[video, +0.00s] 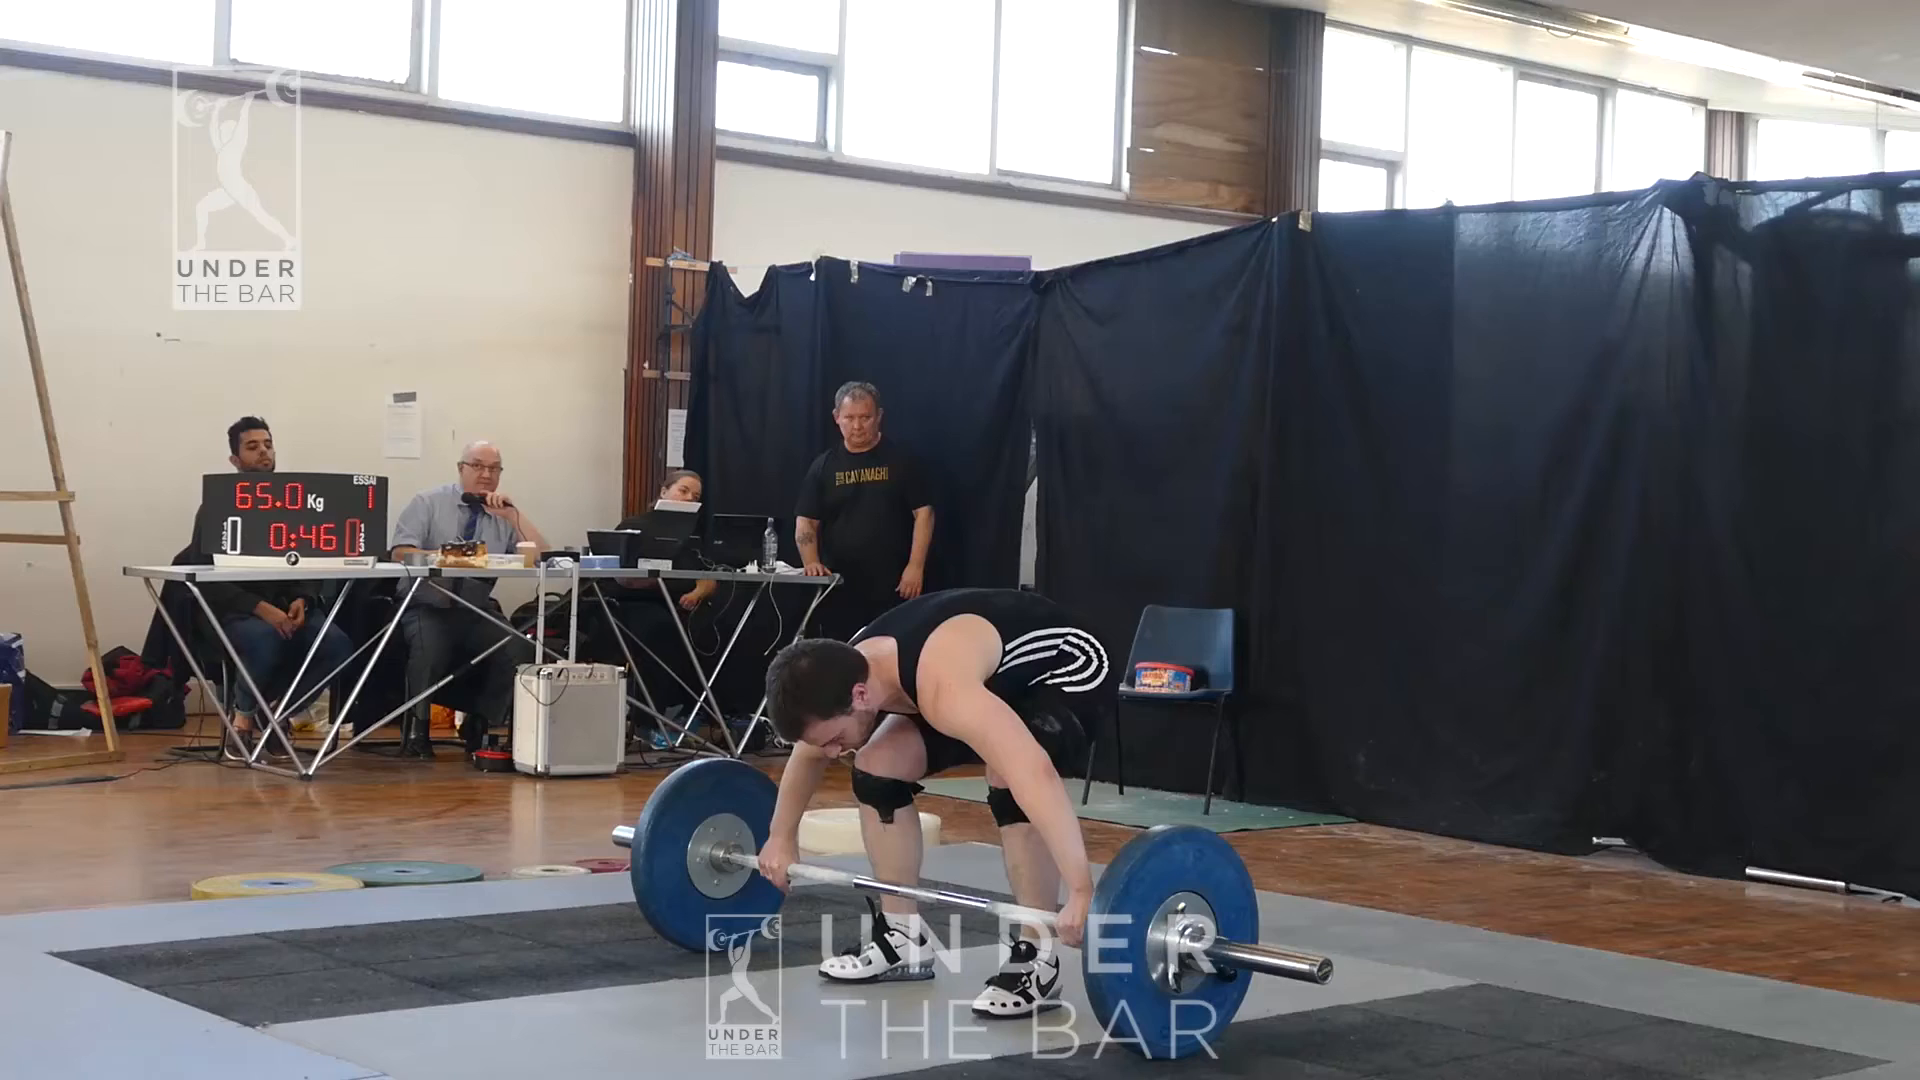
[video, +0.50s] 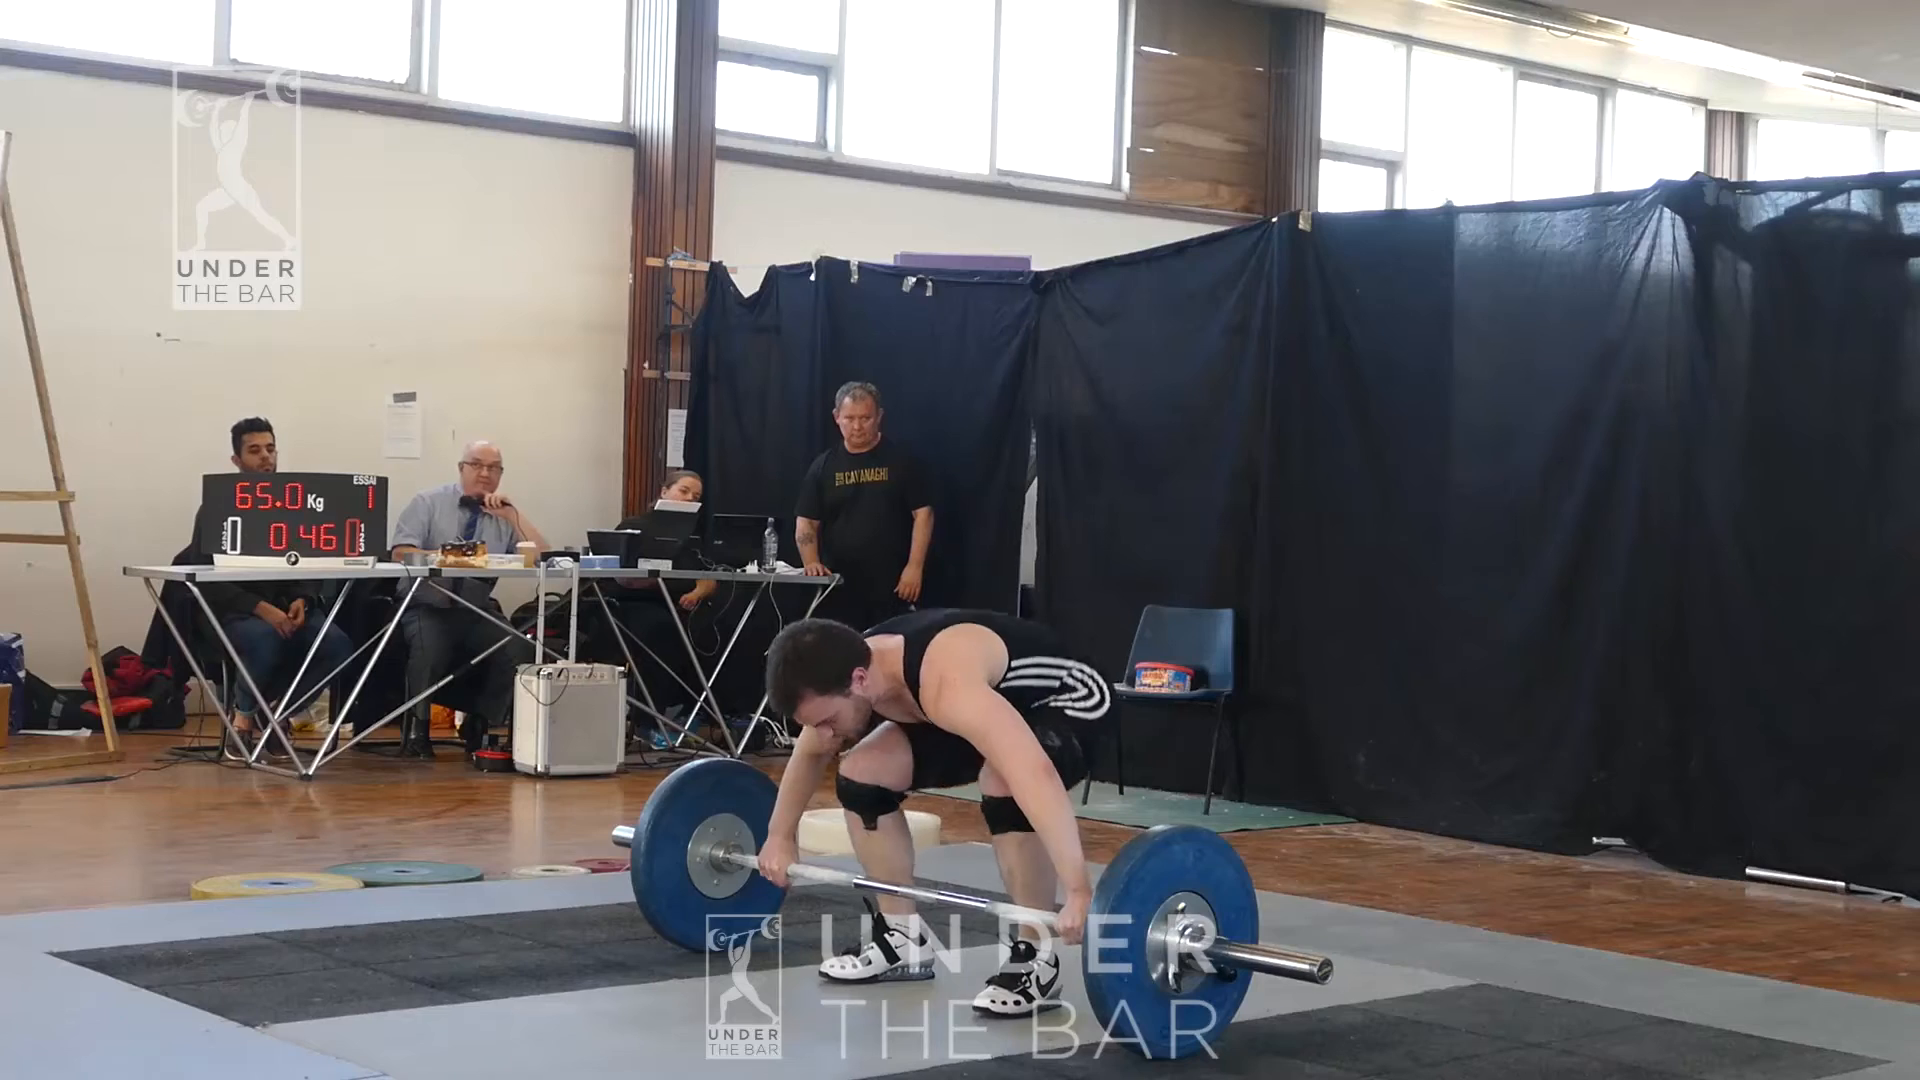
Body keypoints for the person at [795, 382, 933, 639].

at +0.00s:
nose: (857, 426)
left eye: (864, 418)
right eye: (849, 418)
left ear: (879, 417)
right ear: (837, 418)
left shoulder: (901, 460)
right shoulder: (823, 467)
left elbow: (924, 513)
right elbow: (806, 522)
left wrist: (915, 567)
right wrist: (811, 562)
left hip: (891, 583)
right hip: (839, 583)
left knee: (888, 666)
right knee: (839, 664)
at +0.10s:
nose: (857, 426)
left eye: (864, 418)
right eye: (849, 418)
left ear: (879, 418)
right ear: (837, 418)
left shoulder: (901, 460)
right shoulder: (823, 467)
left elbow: (924, 513)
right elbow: (806, 522)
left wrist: (915, 567)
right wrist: (811, 562)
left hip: (891, 582)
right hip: (839, 583)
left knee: (888, 665)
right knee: (839, 663)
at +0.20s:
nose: (857, 426)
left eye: (865, 418)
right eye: (850, 418)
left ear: (879, 418)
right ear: (837, 418)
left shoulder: (901, 460)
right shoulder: (823, 467)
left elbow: (924, 513)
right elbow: (806, 522)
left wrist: (915, 567)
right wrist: (811, 562)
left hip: (891, 582)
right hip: (839, 582)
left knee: (888, 665)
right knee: (839, 663)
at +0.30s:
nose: (857, 426)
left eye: (865, 418)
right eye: (850, 418)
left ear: (879, 418)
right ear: (837, 418)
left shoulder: (901, 460)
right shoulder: (823, 467)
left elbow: (923, 513)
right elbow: (806, 522)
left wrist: (914, 568)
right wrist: (811, 562)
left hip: (891, 582)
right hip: (839, 582)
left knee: (888, 665)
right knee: (839, 662)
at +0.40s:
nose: (857, 426)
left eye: (865, 418)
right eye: (850, 418)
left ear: (879, 418)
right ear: (837, 418)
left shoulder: (901, 460)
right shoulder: (823, 467)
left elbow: (924, 514)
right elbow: (806, 523)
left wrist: (914, 568)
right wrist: (811, 562)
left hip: (890, 583)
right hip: (839, 583)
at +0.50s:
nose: (857, 426)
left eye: (865, 418)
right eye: (850, 418)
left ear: (879, 418)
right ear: (837, 417)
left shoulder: (902, 461)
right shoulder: (823, 467)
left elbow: (923, 514)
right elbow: (806, 524)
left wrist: (914, 568)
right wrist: (812, 563)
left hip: (890, 583)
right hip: (839, 584)